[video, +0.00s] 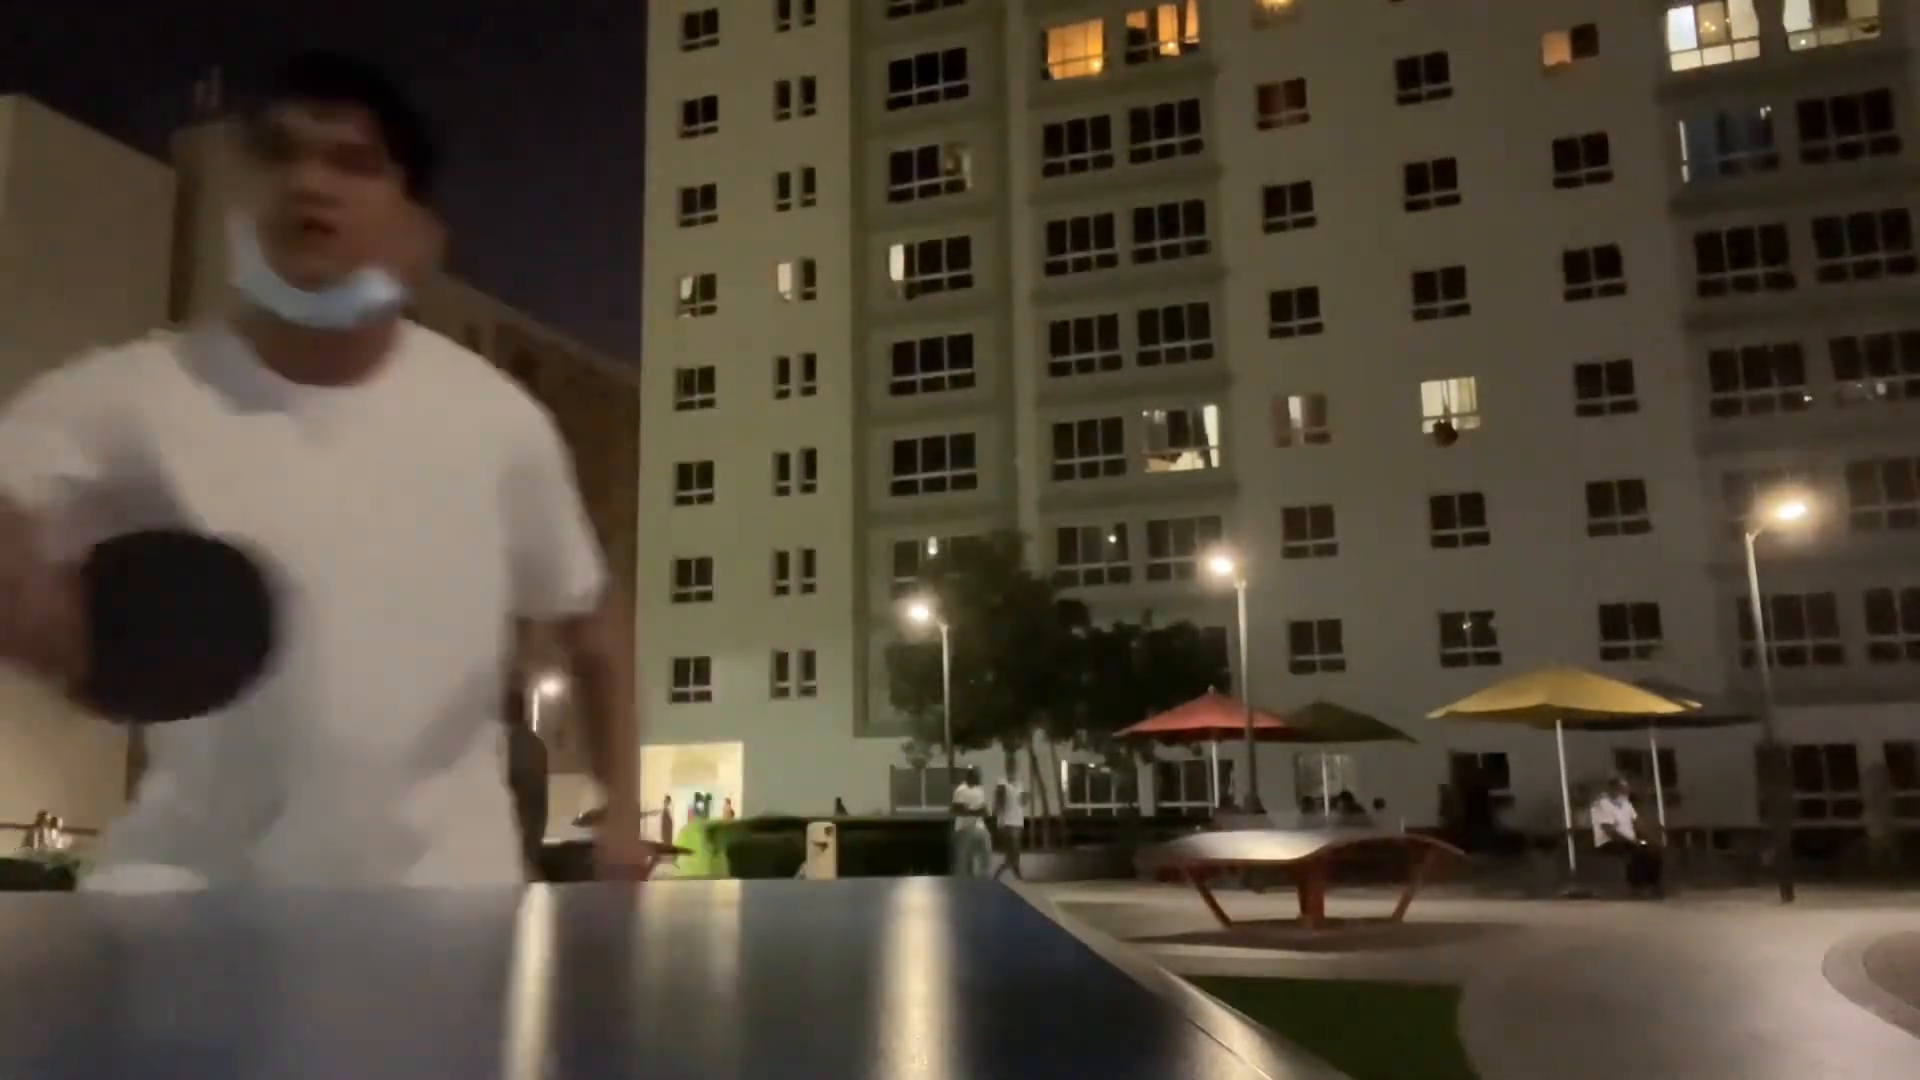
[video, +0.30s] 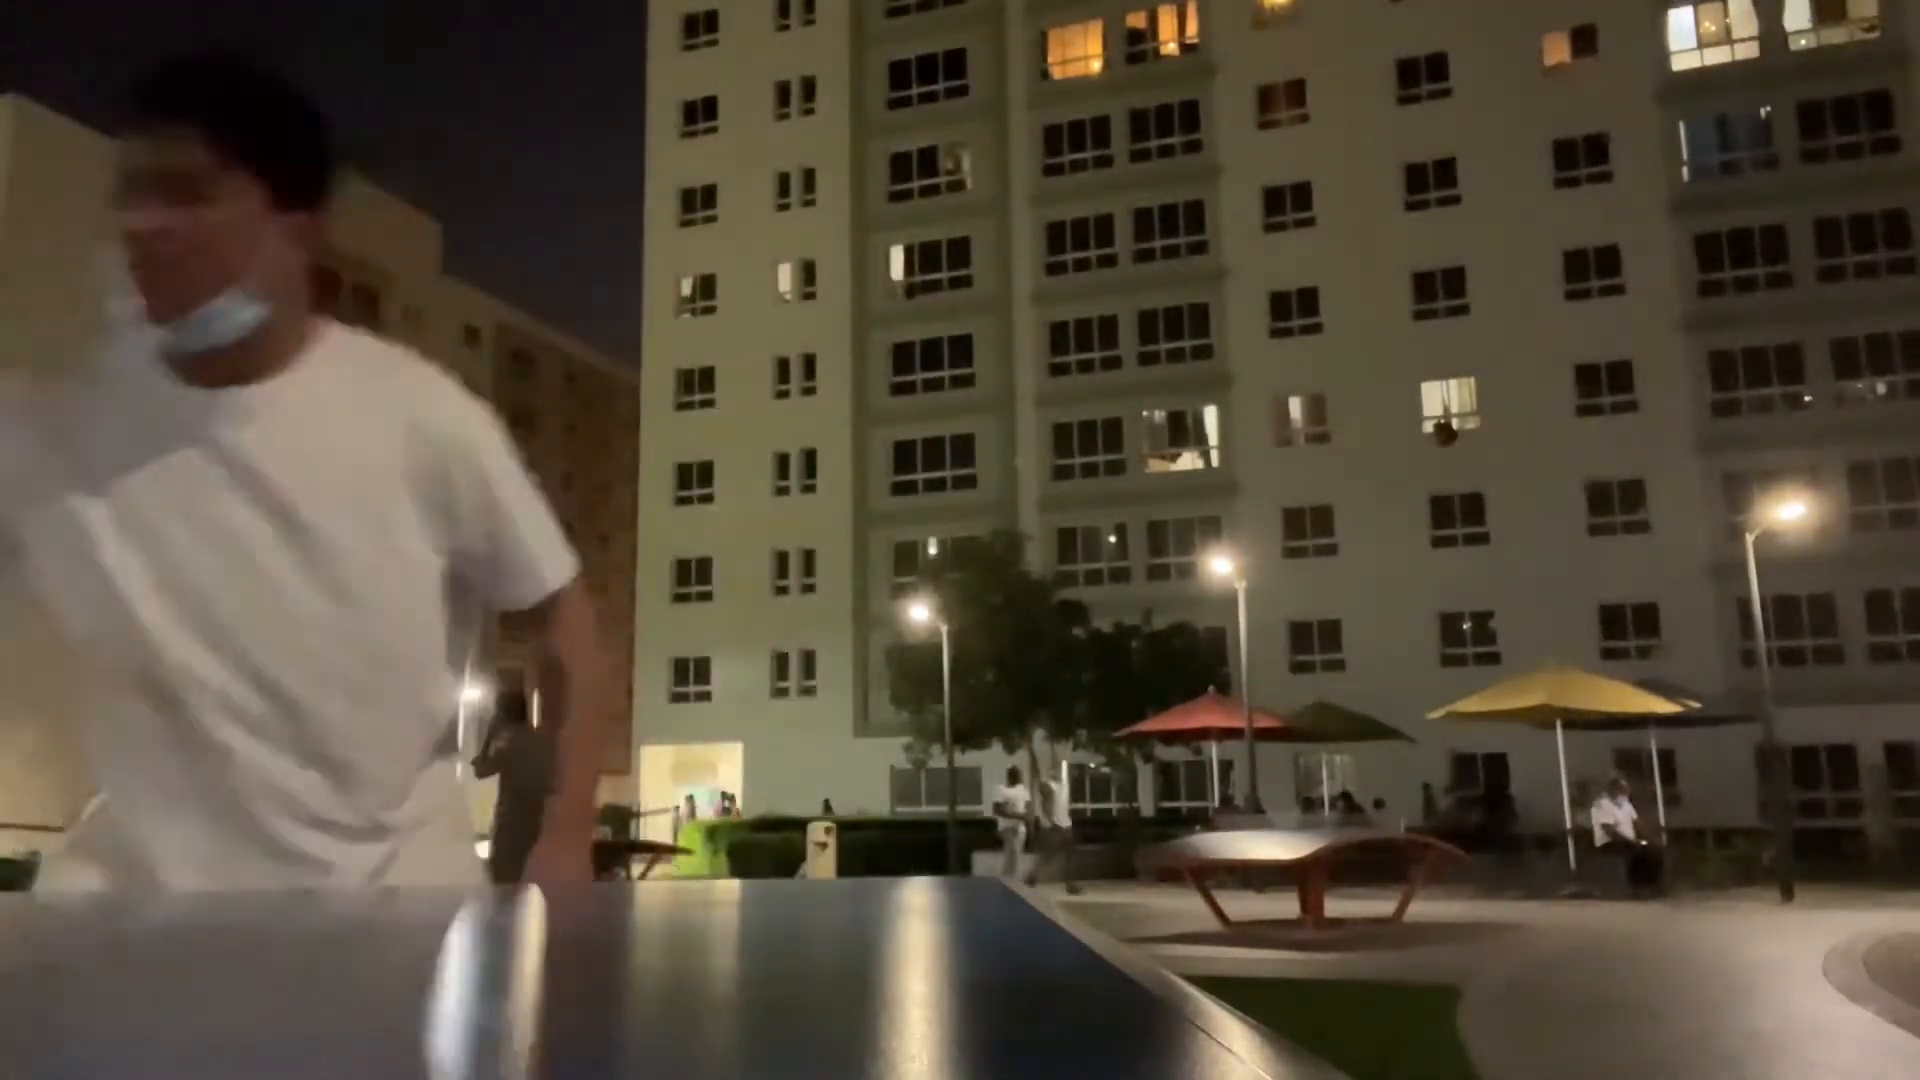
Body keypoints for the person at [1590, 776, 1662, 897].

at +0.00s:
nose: (1625, 792)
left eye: (1626, 788)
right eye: (1621, 788)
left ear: (1627, 789)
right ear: (1613, 789)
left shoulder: (1625, 802)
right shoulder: (1602, 803)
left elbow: (1636, 821)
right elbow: (1608, 829)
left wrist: (1648, 836)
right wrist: (1631, 842)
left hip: (1629, 840)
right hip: (1609, 842)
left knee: (1652, 851)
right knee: (1635, 853)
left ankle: (1653, 886)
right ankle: (1637, 888)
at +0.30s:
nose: (1625, 792)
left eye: (1626, 788)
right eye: (1621, 788)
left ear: (1628, 789)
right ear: (1613, 789)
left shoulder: (1625, 803)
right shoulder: (1602, 804)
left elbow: (1636, 821)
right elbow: (1609, 829)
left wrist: (1647, 836)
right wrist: (1632, 842)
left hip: (1629, 840)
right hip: (1609, 842)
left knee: (1653, 851)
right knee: (1636, 853)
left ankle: (1652, 887)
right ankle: (1638, 888)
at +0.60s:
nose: (1625, 792)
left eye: (1626, 789)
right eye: (1621, 789)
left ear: (1628, 790)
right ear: (1613, 789)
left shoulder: (1625, 802)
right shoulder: (1602, 804)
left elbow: (1636, 822)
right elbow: (1610, 830)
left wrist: (1647, 835)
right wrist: (1632, 841)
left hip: (1630, 840)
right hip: (1609, 843)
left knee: (1654, 850)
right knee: (1638, 854)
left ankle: (1651, 888)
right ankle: (1637, 889)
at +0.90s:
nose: (1624, 791)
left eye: (1625, 788)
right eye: (1621, 788)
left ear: (1627, 789)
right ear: (1613, 789)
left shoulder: (1624, 802)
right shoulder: (1602, 804)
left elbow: (1634, 822)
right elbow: (1608, 829)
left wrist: (1645, 836)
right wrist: (1631, 841)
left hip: (1629, 840)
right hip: (1609, 842)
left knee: (1652, 851)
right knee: (1637, 854)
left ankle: (1650, 886)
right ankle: (1636, 888)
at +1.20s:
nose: (1628, 792)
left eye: (1628, 789)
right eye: (1625, 789)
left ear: (1628, 790)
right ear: (1616, 789)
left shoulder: (1626, 804)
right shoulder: (1604, 803)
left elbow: (1635, 823)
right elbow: (1609, 828)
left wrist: (1646, 837)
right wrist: (1632, 841)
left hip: (1629, 840)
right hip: (1609, 842)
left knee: (1655, 850)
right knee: (1635, 853)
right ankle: (1636, 888)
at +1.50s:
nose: (1629, 790)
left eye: (1629, 787)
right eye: (1626, 786)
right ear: (1617, 788)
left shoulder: (1626, 803)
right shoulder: (1608, 801)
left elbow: (1636, 823)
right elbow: (1612, 826)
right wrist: (1634, 841)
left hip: (1627, 839)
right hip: (1609, 841)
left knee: (1652, 852)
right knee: (1637, 854)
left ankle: (1651, 886)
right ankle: (1636, 888)